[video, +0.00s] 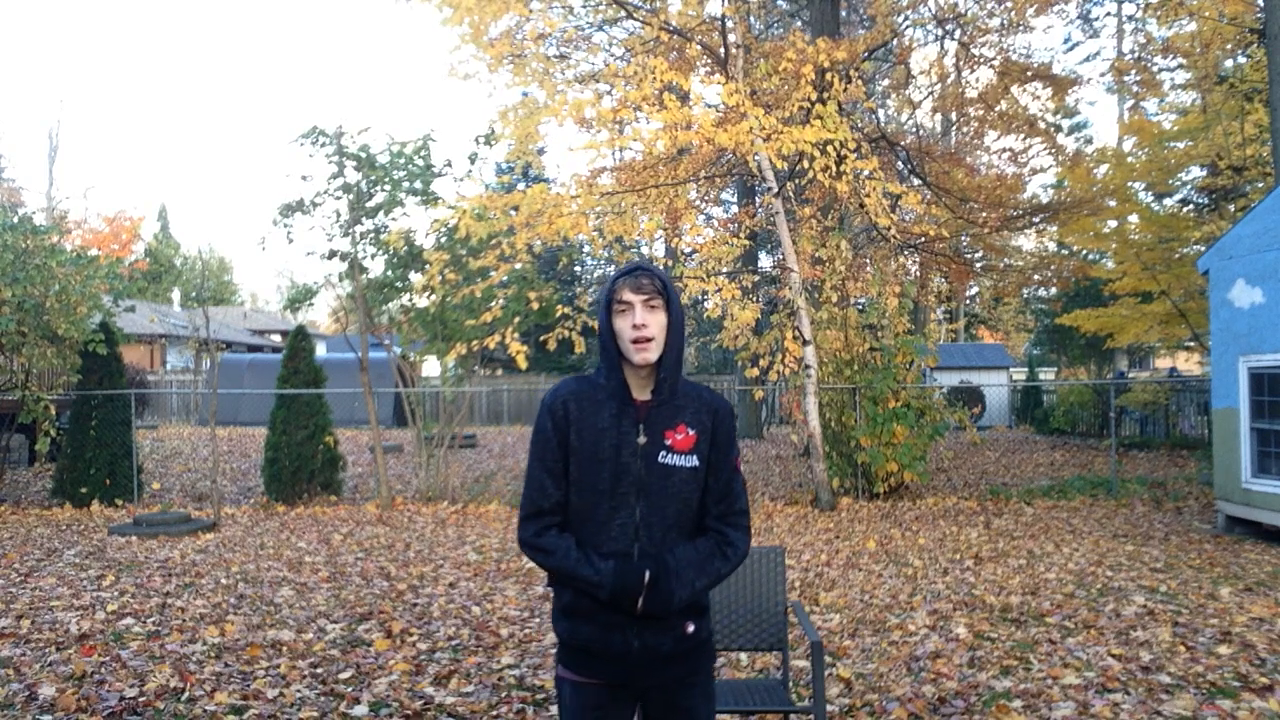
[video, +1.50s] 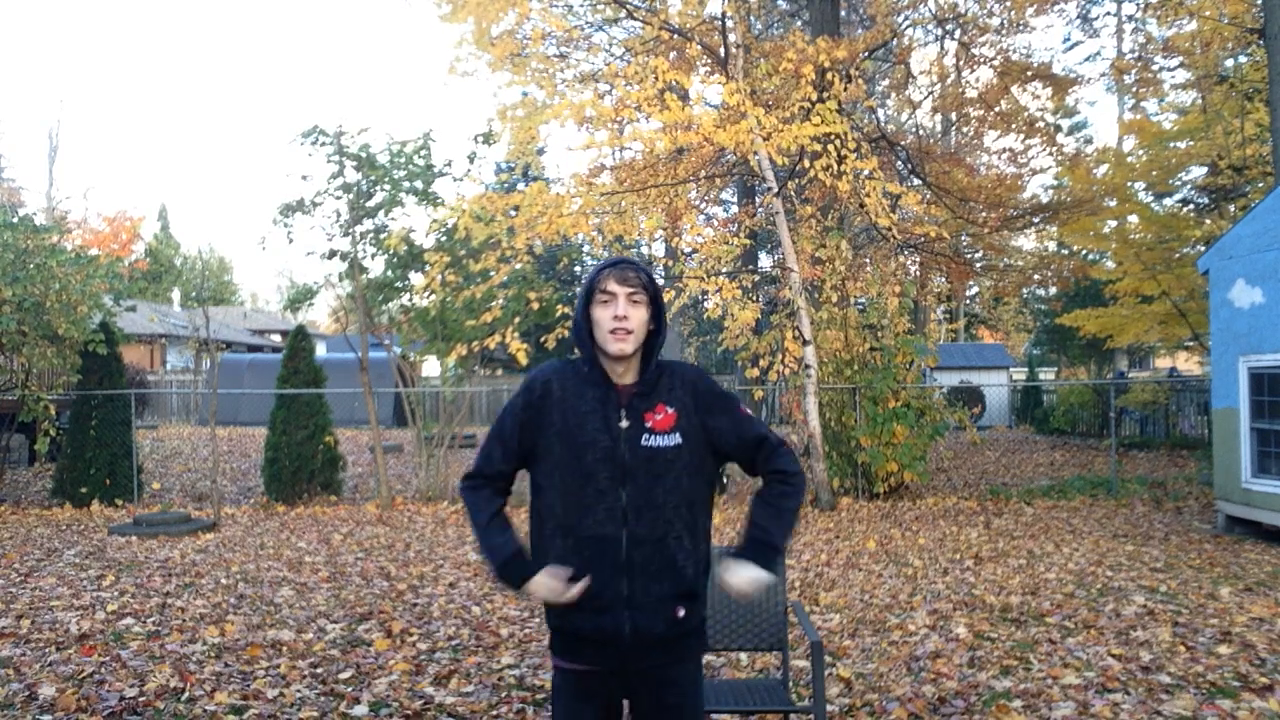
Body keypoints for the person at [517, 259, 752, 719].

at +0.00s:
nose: (639, 322)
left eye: (652, 307)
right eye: (623, 309)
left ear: (672, 319)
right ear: (608, 323)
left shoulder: (709, 411)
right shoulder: (566, 405)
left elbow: (732, 531)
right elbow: (536, 528)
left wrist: (667, 579)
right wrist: (611, 578)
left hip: (681, 651)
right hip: (590, 651)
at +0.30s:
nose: (633, 319)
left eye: (647, 306)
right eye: (619, 305)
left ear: (666, 319)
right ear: (602, 317)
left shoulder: (703, 404)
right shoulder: (560, 404)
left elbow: (733, 523)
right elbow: (532, 528)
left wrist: (668, 573)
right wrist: (614, 575)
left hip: (679, 646)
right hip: (591, 647)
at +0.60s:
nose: (616, 323)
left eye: (630, 310)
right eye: (602, 309)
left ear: (648, 324)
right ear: (584, 321)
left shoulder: (685, 409)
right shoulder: (542, 410)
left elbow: (725, 526)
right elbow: (510, 532)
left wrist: (652, 572)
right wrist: (589, 577)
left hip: (662, 651)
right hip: (573, 653)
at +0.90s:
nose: (622, 316)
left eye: (636, 303)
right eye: (608, 303)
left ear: (653, 317)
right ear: (589, 315)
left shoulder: (689, 403)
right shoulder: (546, 405)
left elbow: (722, 519)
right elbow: (523, 526)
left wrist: (655, 571)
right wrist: (596, 581)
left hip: (670, 644)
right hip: (583, 648)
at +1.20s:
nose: (638, 321)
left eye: (652, 308)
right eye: (623, 308)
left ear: (668, 322)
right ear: (604, 321)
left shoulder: (705, 410)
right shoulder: (563, 409)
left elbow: (740, 525)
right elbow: (539, 531)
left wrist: (667, 576)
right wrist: (611, 583)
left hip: (685, 652)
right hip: (594, 653)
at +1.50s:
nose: (620, 313)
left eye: (634, 300)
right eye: (606, 300)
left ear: (652, 317)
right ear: (586, 315)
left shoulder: (690, 391)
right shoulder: (547, 392)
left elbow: (783, 468)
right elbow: (481, 486)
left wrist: (756, 555)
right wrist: (521, 572)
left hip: (673, 638)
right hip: (582, 641)